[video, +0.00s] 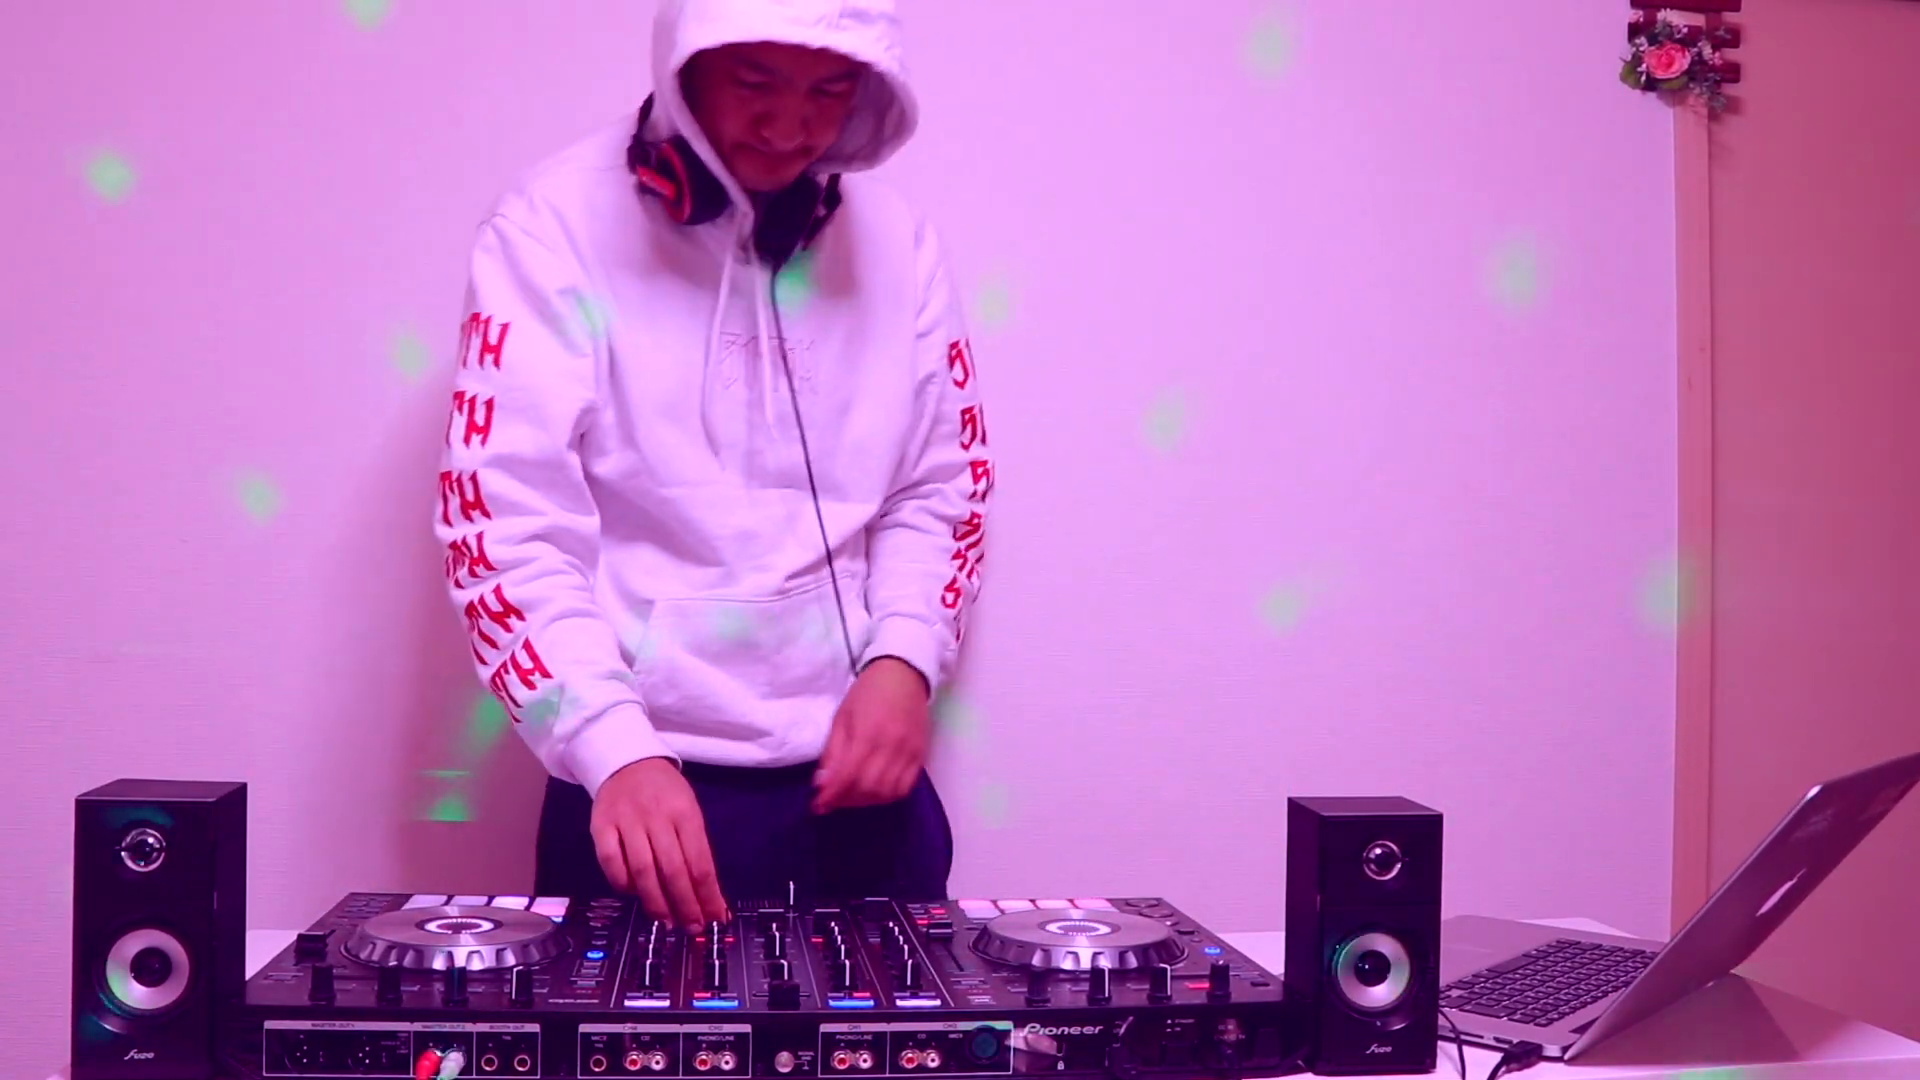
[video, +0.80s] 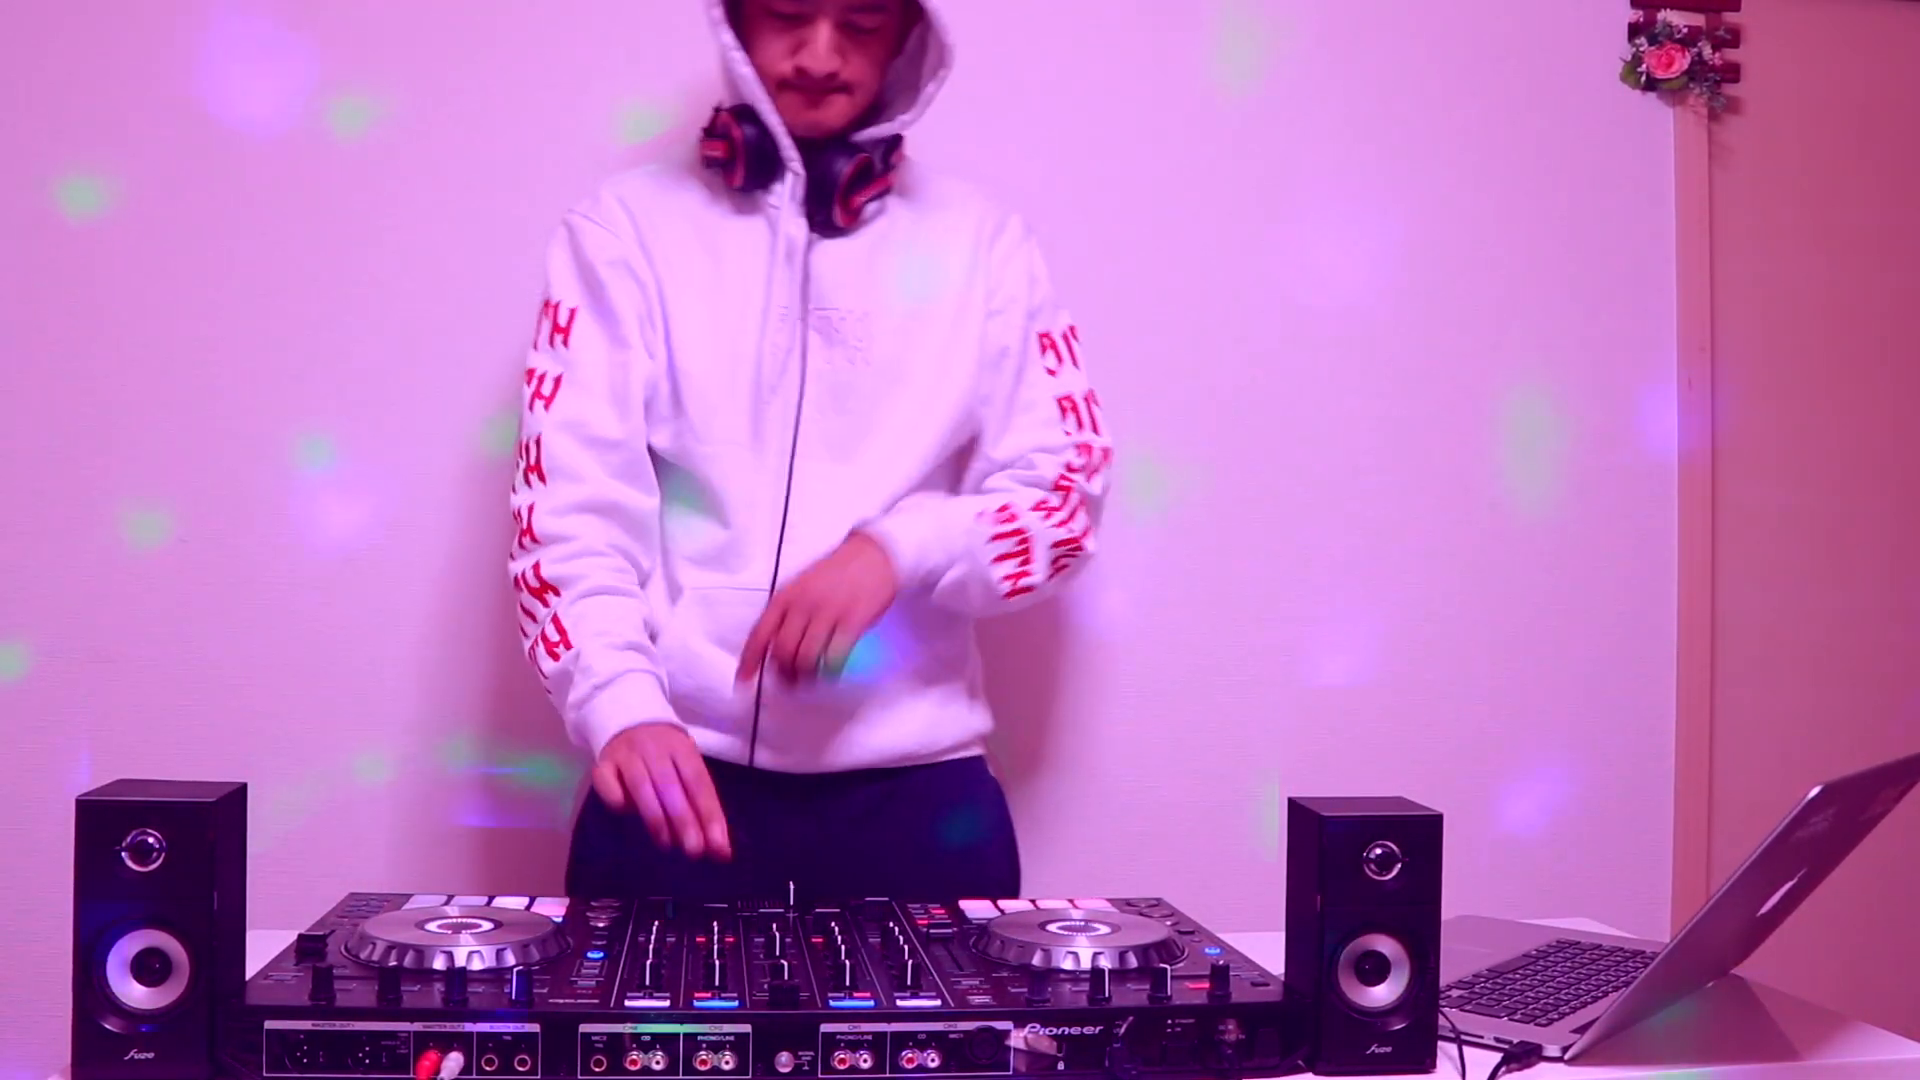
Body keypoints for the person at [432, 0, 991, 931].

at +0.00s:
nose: (787, 121)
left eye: (828, 86)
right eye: (753, 78)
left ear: (861, 95)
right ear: (683, 67)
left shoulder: (897, 239)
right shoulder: (556, 231)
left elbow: (944, 485)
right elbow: (506, 526)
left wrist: (904, 663)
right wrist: (616, 753)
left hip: (863, 788)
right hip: (645, 796)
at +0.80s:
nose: (820, 57)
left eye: (860, 24)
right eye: (783, 19)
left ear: (904, 35)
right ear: (735, 27)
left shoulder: (981, 245)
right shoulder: (627, 230)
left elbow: (1059, 495)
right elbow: (572, 507)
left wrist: (893, 548)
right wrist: (623, 708)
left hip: (912, 804)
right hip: (675, 793)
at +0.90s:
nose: (853, 49)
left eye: (892, 17)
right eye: (820, 11)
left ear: (939, 36)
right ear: (772, 23)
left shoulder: (1010, 249)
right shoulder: (662, 223)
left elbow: (1098, 515)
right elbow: (583, 487)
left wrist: (974, 476)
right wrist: (612, 655)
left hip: (938, 800)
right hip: (697, 790)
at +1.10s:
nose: (913, 70)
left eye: (957, 39)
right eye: (880, 28)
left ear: (1001, 59)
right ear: (828, 34)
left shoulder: (1059, 264)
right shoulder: (706, 223)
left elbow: (1131, 559)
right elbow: (615, 484)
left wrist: (1077, 406)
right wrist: (624, 667)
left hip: (969, 797)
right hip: (728, 785)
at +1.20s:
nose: (926, 94)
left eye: (970, 60)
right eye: (894, 46)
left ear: (1018, 72)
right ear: (845, 34)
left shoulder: (1073, 261)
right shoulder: (724, 215)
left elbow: (1169, 548)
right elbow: (637, 469)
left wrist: (1130, 431)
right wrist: (640, 630)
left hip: (986, 795)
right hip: (749, 779)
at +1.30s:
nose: (920, 71)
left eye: (962, 37)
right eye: (885, 31)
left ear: (1009, 40)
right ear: (840, 29)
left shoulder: (1089, 245)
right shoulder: (726, 215)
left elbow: (1222, 454)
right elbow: (661, 441)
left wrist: (1118, 507)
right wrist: (650, 517)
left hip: (990, 799)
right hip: (756, 787)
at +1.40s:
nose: (893, 70)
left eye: (935, 35)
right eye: (859, 33)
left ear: (989, 44)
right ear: (819, 41)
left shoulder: (1092, 246)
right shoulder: (740, 233)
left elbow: (1243, 458)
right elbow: (659, 519)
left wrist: (1088, 630)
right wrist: (642, 438)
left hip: (987, 800)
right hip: (755, 789)